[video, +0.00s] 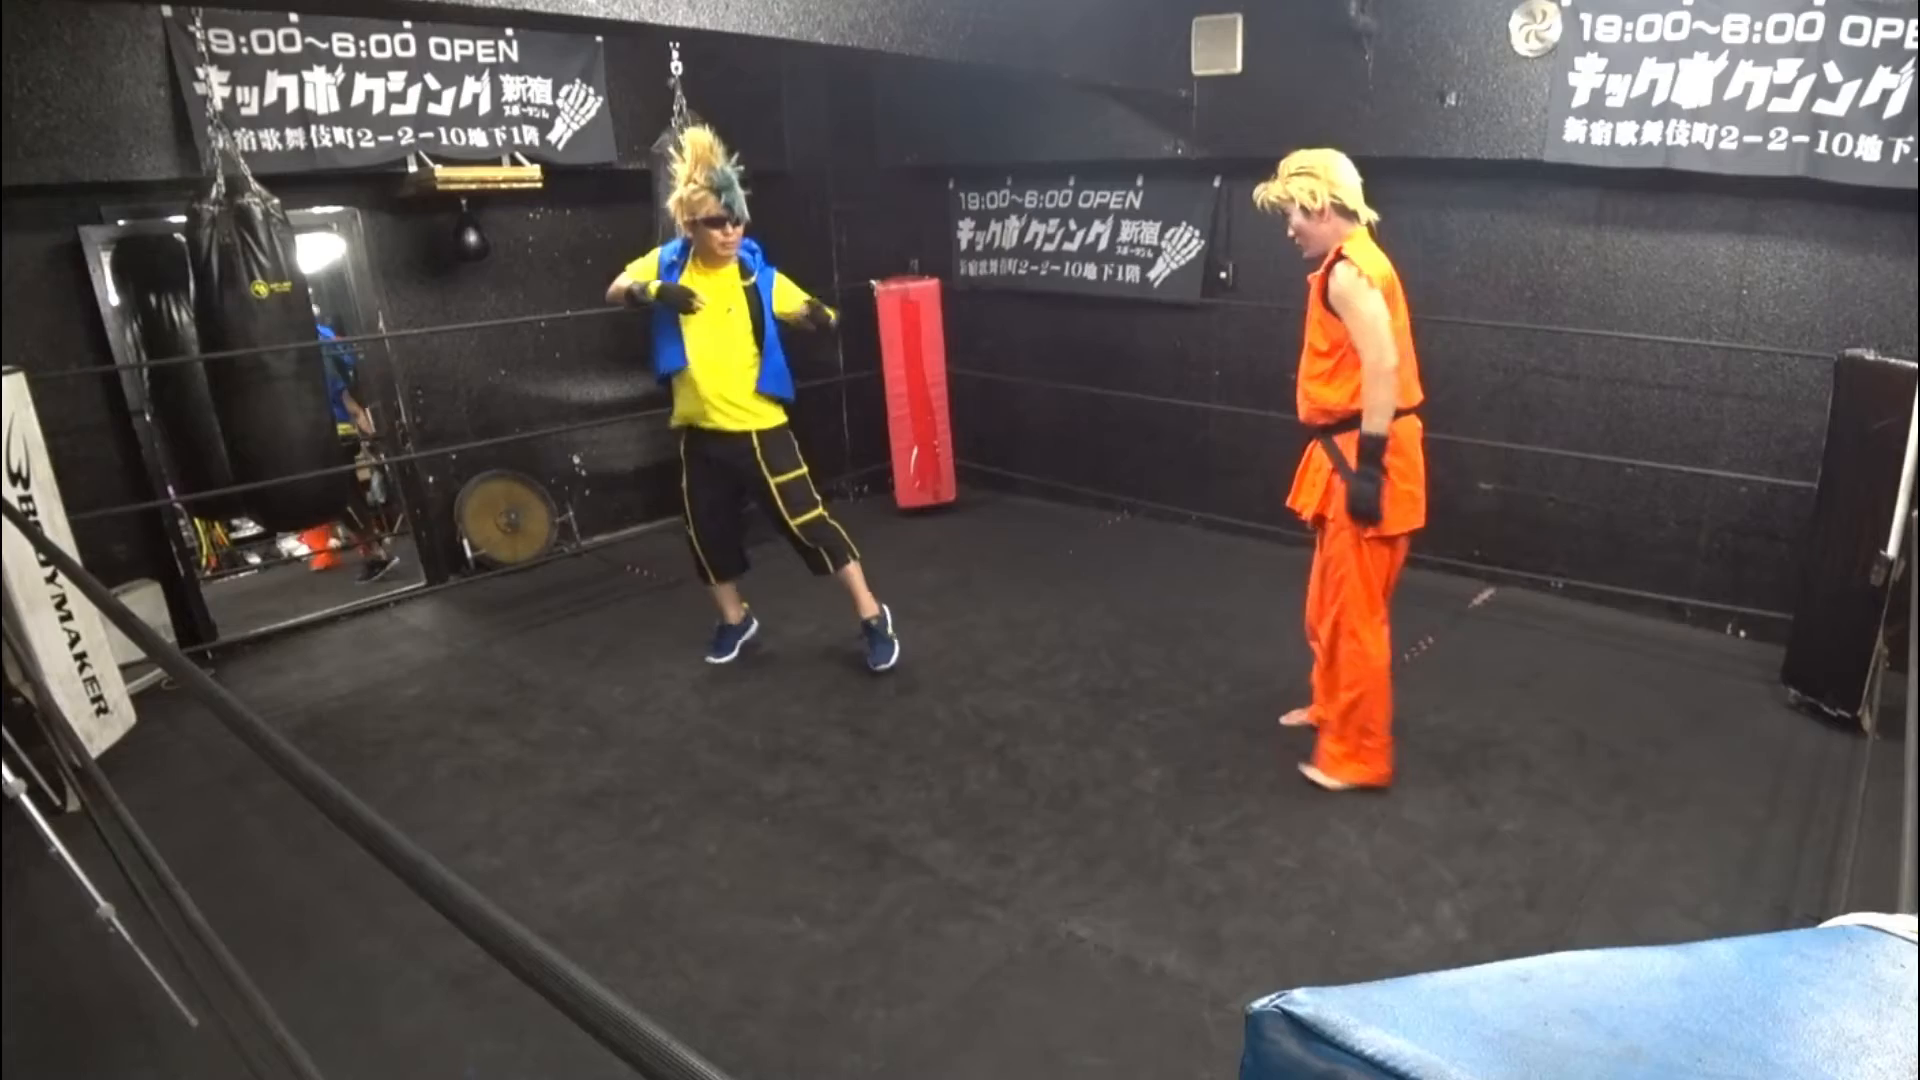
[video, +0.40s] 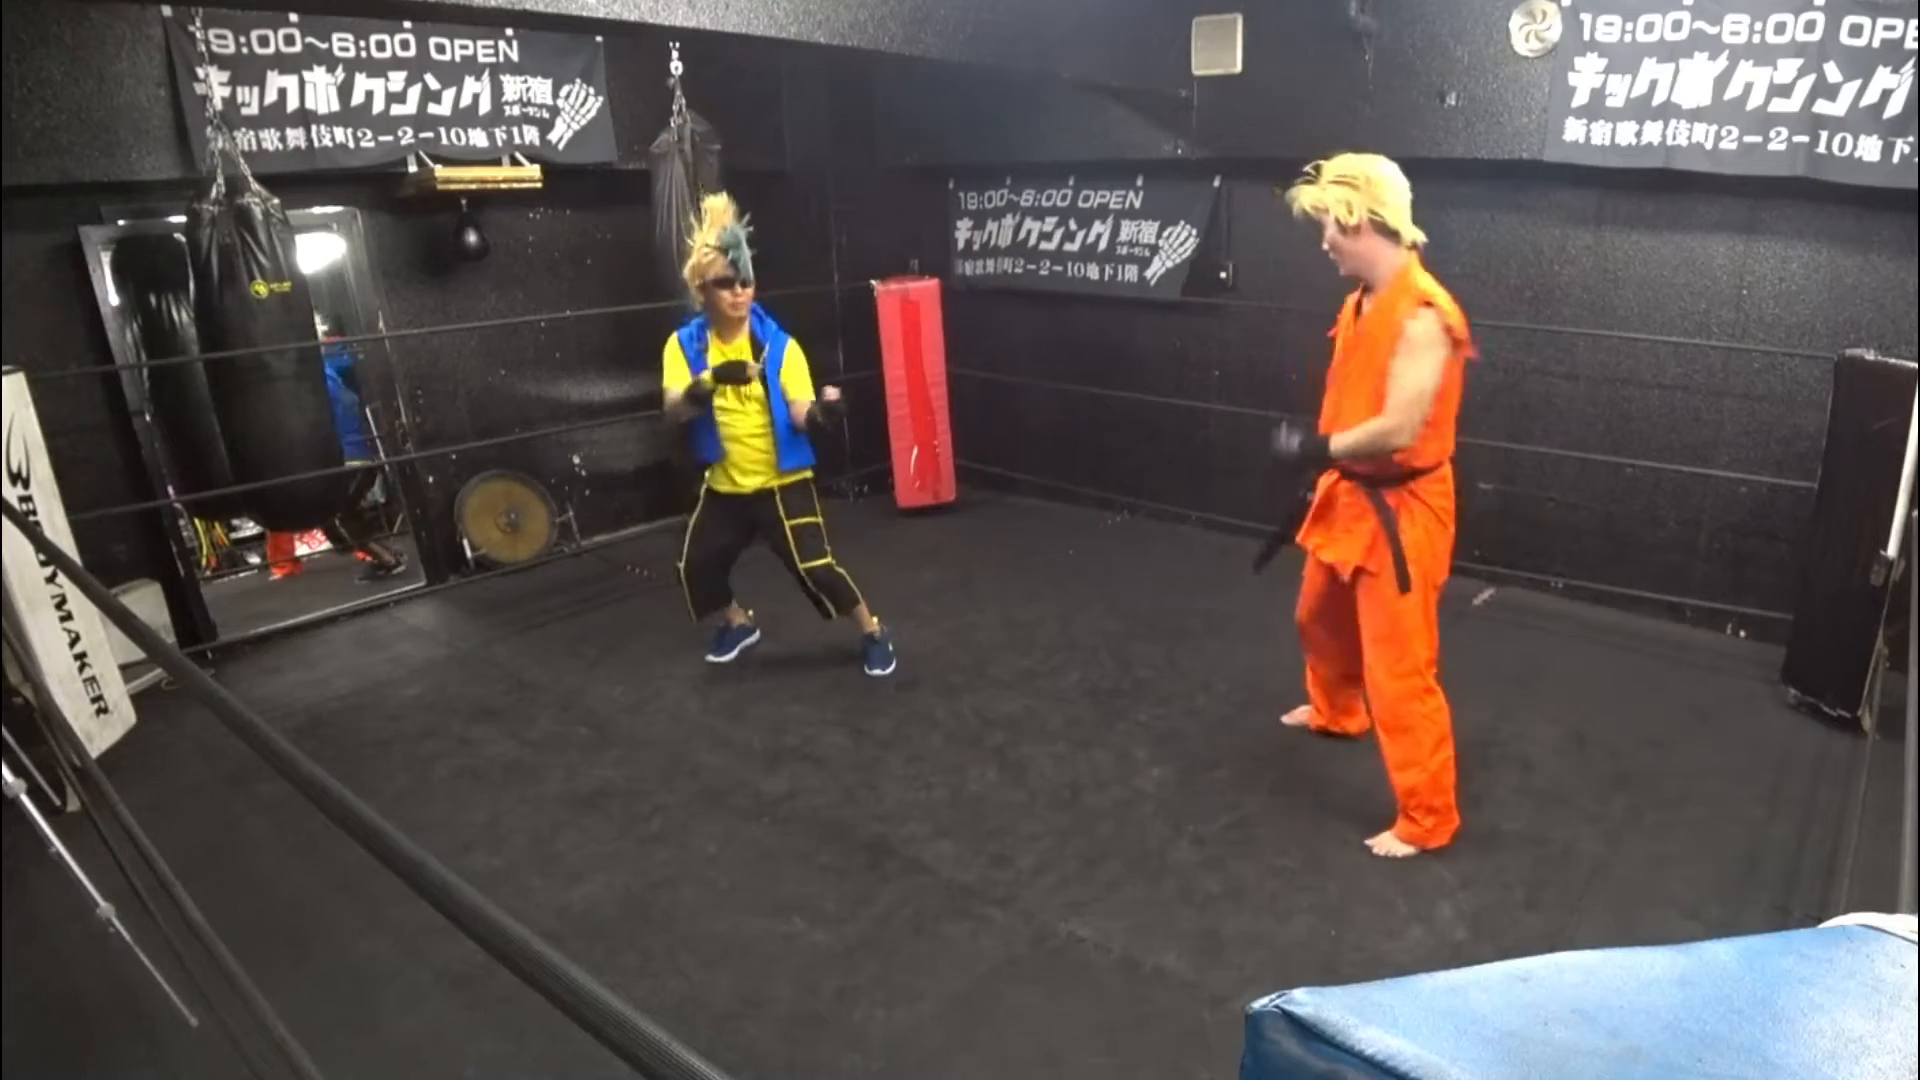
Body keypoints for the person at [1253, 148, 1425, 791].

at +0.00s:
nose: (1290, 232)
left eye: (1296, 218)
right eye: (1288, 220)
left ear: (1330, 212)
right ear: (1329, 212)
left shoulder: (1349, 273)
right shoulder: (1357, 263)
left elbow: (1380, 367)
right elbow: (1377, 364)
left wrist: (1369, 466)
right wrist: (1348, 457)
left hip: (1363, 458)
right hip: (1350, 452)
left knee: (1353, 614)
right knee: (1330, 601)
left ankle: (1360, 756)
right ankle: (1334, 703)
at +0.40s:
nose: (1325, 246)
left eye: (1330, 231)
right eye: (1323, 233)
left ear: (1365, 224)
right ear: (1366, 227)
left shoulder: (1423, 314)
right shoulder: (1358, 306)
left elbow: (1402, 427)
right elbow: (1351, 409)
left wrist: (1318, 446)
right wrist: (1318, 469)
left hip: (1403, 507)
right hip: (1348, 492)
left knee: (1400, 672)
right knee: (1319, 615)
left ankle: (1429, 819)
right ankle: (1340, 710)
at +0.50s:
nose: (1332, 249)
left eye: (1338, 233)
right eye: (1330, 235)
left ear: (1376, 225)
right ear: (1374, 227)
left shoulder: (1451, 319)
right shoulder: (1351, 301)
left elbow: (1442, 433)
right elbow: (1342, 395)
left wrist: (1345, 426)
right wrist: (1293, 433)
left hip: (1412, 504)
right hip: (1348, 488)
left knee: (1404, 670)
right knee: (1314, 610)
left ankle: (1429, 819)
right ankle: (1328, 713)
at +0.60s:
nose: (1324, 245)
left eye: (1331, 228)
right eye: (1322, 230)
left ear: (1372, 221)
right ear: (1362, 226)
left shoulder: (1455, 310)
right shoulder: (1343, 294)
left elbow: (1492, 417)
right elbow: (1312, 359)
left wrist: (1414, 436)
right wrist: (1246, 380)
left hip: (1409, 509)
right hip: (1337, 491)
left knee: (1408, 667)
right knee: (1312, 610)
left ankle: (1428, 816)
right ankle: (1300, 710)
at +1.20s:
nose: (1273, 279)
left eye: (1276, 264)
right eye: (1268, 267)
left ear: (1309, 247)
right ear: (1303, 249)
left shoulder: (1384, 316)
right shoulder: (1311, 315)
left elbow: (1426, 406)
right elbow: (1259, 377)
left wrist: (1331, 412)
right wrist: (1224, 364)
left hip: (1379, 512)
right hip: (1319, 503)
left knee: (1371, 673)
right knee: (1277, 622)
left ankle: (1429, 815)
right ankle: (1260, 716)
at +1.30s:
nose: (1286, 291)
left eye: (1290, 275)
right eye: (1280, 278)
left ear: (1325, 258)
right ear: (1321, 260)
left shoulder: (1385, 330)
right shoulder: (1325, 326)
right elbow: (1314, 408)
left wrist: (1269, 372)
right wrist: (1269, 409)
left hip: (1387, 525)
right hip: (1328, 512)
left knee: (1365, 685)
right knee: (1277, 624)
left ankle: (1429, 817)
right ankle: (1261, 715)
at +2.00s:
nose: (1230, 283)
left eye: (1233, 268)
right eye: (1227, 270)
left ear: (1266, 260)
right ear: (1268, 261)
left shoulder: (1355, 331)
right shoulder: (1262, 325)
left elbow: (1329, 412)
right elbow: (1252, 398)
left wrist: (1264, 358)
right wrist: (1191, 383)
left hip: (1325, 519)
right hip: (1256, 508)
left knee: (1346, 654)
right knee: (1197, 627)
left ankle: (1417, 758)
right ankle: (1187, 703)